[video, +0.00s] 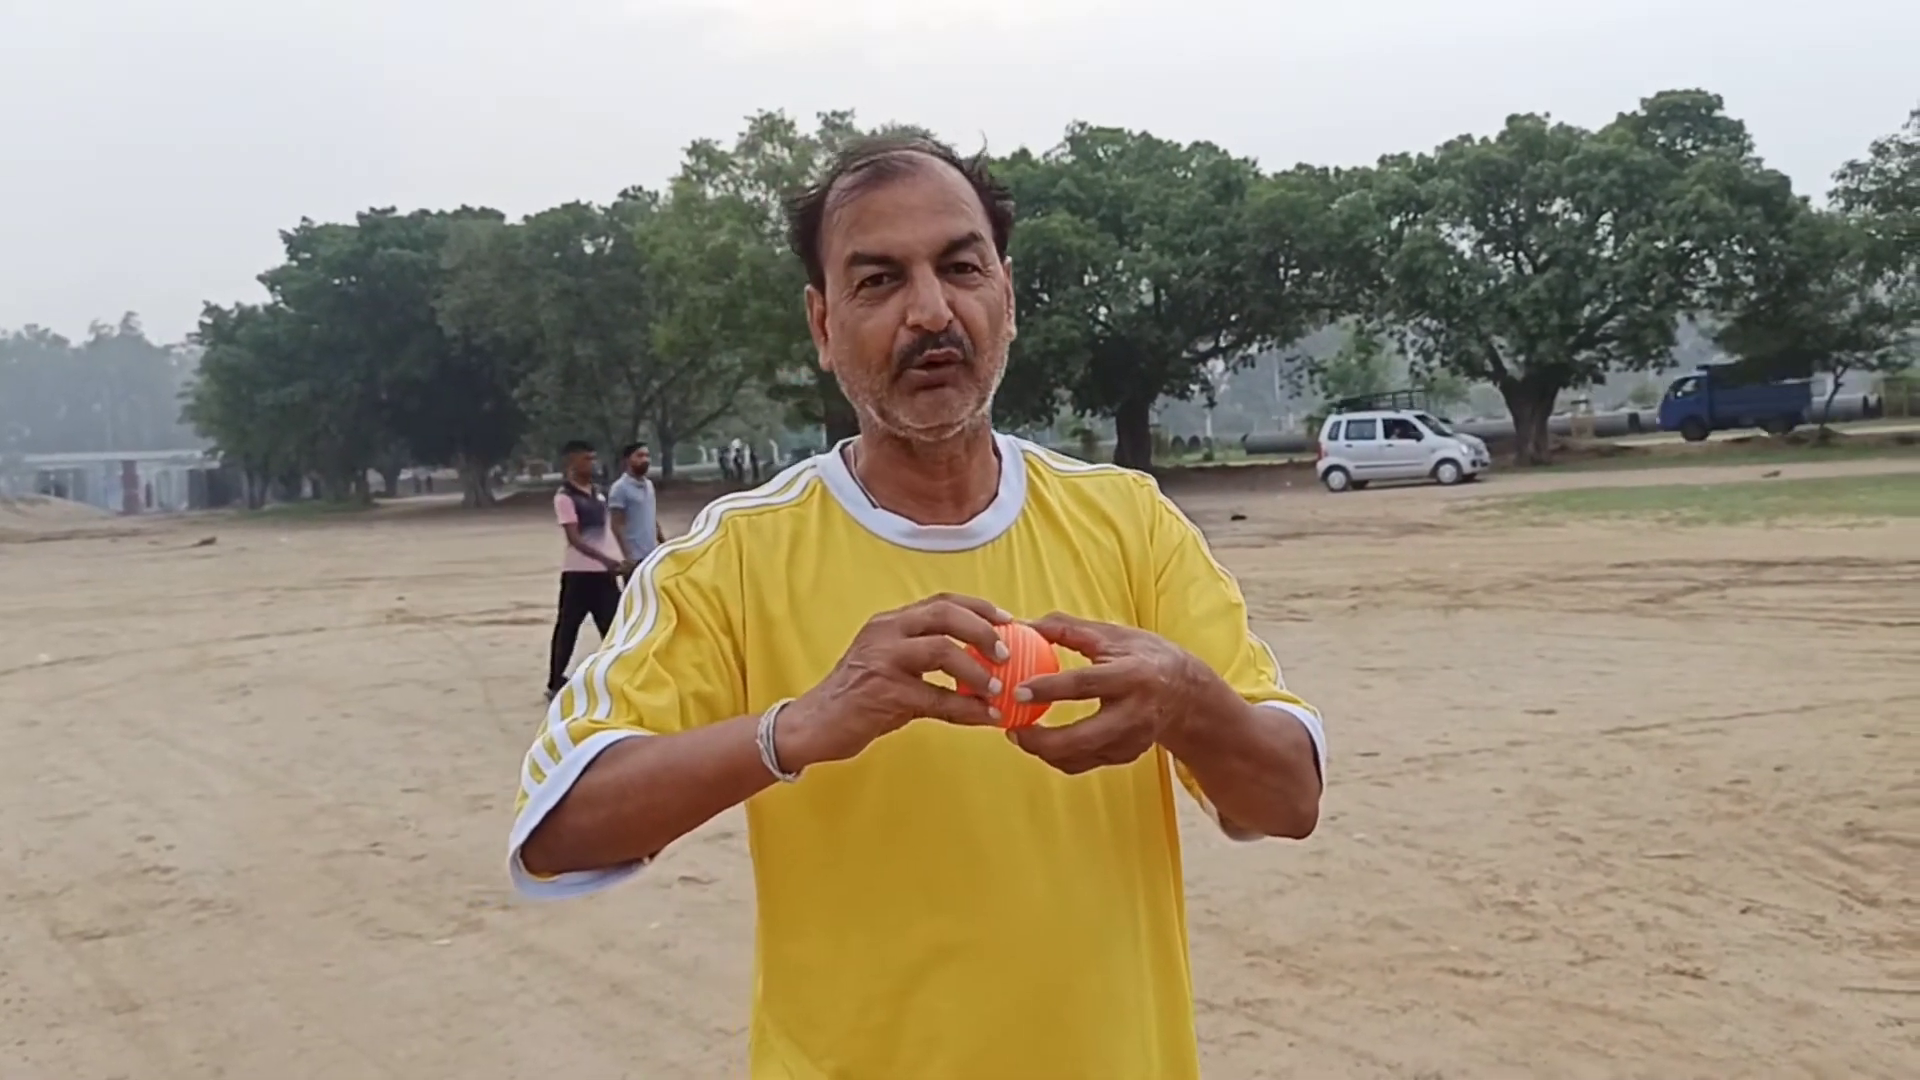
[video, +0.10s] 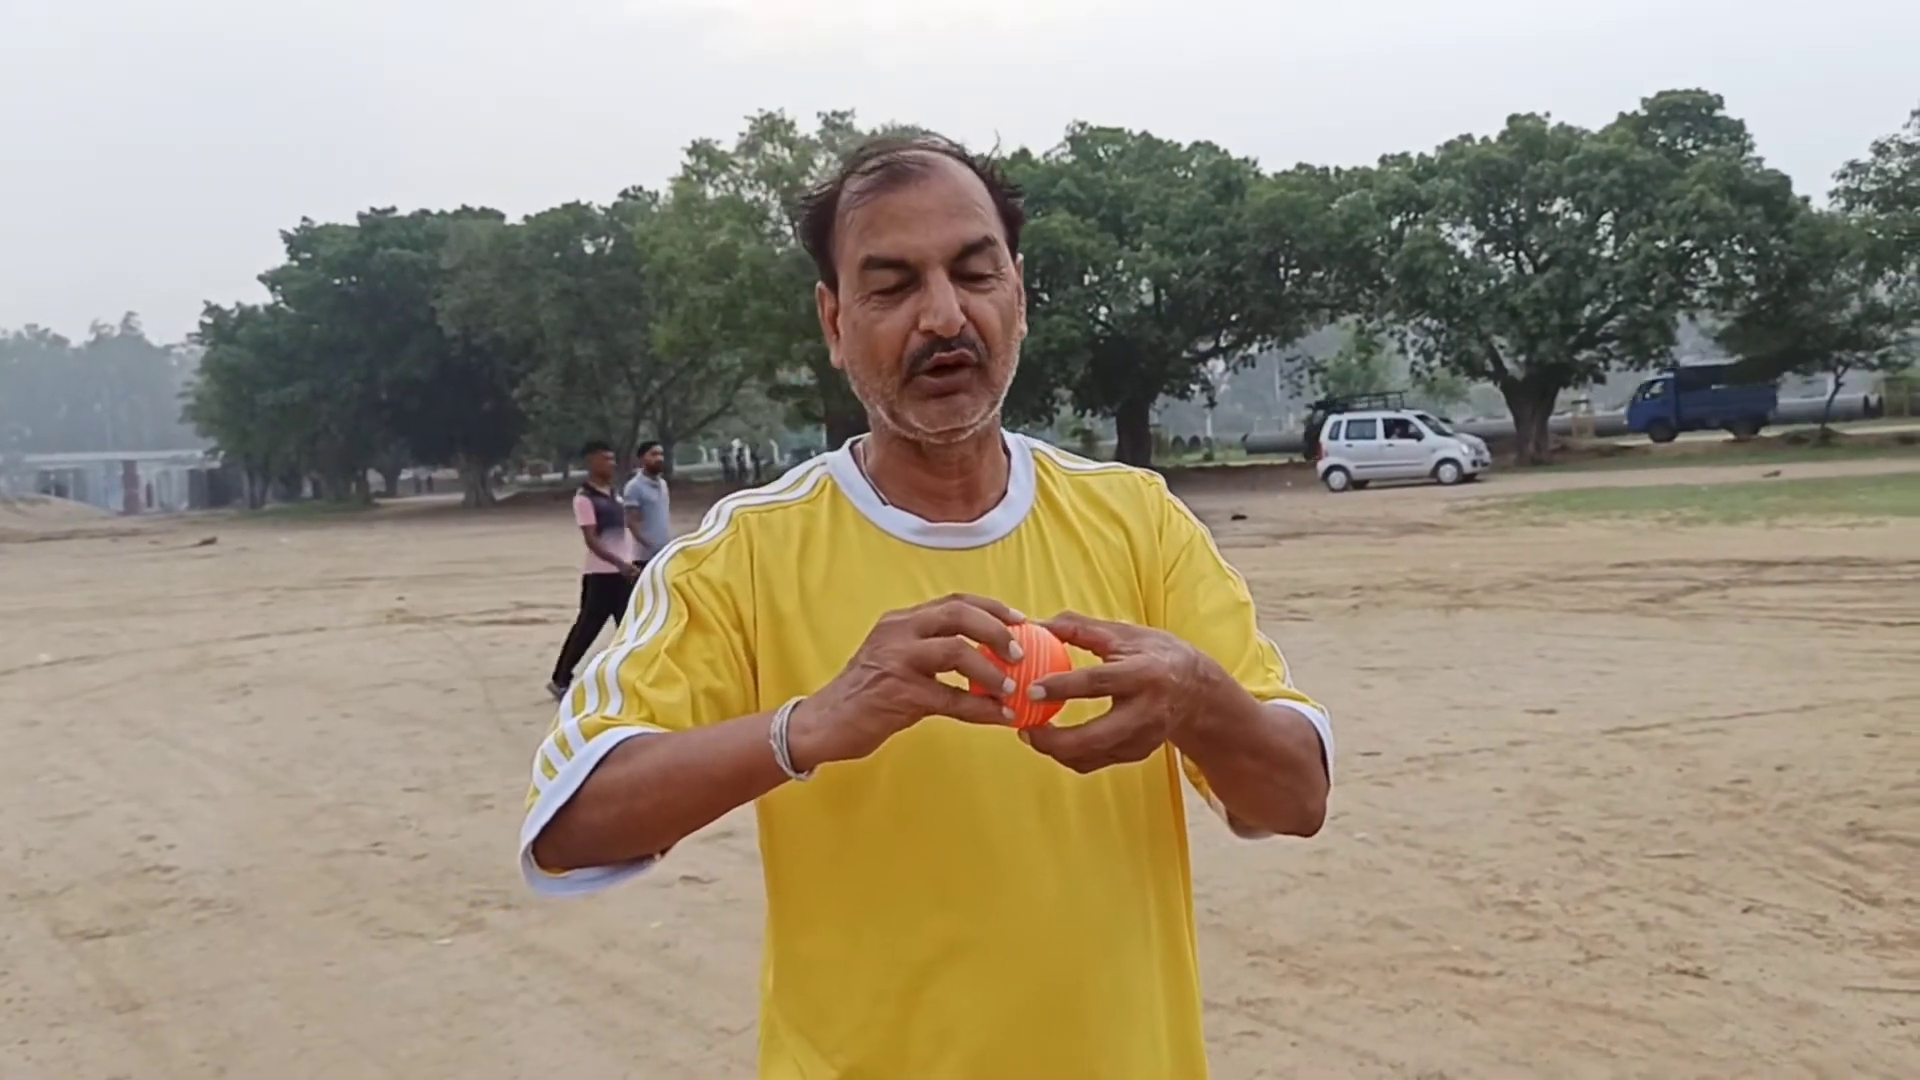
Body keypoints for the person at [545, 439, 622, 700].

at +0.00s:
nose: (592, 464)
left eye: (592, 459)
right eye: (586, 459)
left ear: (590, 463)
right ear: (570, 463)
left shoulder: (597, 494)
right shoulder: (564, 497)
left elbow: (601, 533)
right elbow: (573, 539)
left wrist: (615, 562)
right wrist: (607, 561)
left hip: (603, 573)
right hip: (578, 574)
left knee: (615, 634)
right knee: (566, 633)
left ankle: (625, 682)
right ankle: (556, 682)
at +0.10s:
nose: (612, 464)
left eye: (612, 459)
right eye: (606, 459)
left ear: (612, 463)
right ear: (591, 463)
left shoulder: (612, 493)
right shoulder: (584, 498)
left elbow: (619, 532)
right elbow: (591, 541)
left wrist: (630, 561)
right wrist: (623, 565)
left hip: (622, 573)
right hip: (600, 575)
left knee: (635, 632)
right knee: (586, 631)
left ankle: (646, 682)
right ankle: (560, 679)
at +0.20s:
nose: (629, 459)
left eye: (629, 455)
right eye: (623, 455)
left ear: (630, 460)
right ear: (607, 460)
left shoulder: (628, 491)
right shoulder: (601, 495)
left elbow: (640, 528)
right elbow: (606, 538)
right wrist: (625, 571)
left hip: (643, 567)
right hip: (620, 572)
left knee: (643, 627)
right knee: (620, 629)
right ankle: (579, 665)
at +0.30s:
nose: (644, 455)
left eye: (645, 450)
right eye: (639, 450)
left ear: (644, 454)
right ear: (625, 454)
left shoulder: (646, 486)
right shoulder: (616, 491)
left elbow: (657, 525)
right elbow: (617, 534)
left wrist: (670, 551)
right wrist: (627, 572)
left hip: (657, 561)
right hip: (638, 565)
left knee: (657, 618)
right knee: (648, 621)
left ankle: (616, 656)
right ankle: (615, 657)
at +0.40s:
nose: (663, 453)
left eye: (663, 448)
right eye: (657, 448)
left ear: (666, 451)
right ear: (641, 453)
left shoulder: (663, 484)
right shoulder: (632, 490)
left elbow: (674, 521)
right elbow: (624, 532)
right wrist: (627, 573)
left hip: (672, 555)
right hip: (649, 559)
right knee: (667, 609)